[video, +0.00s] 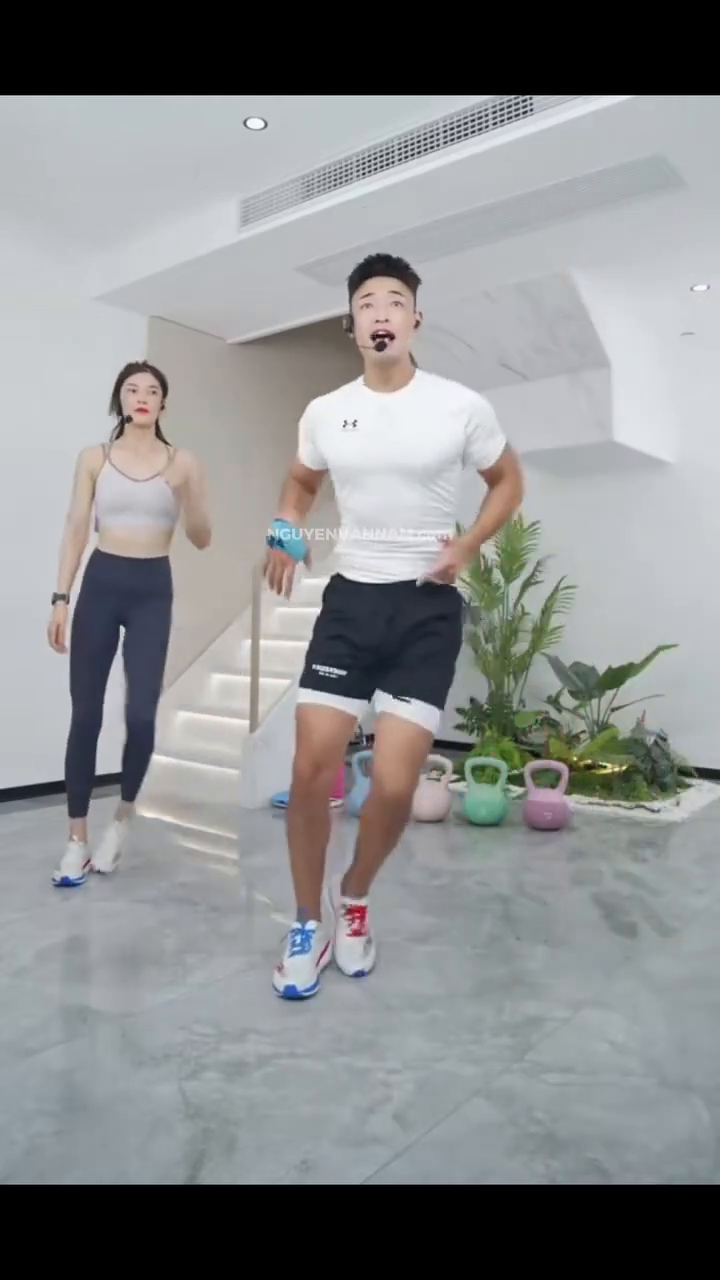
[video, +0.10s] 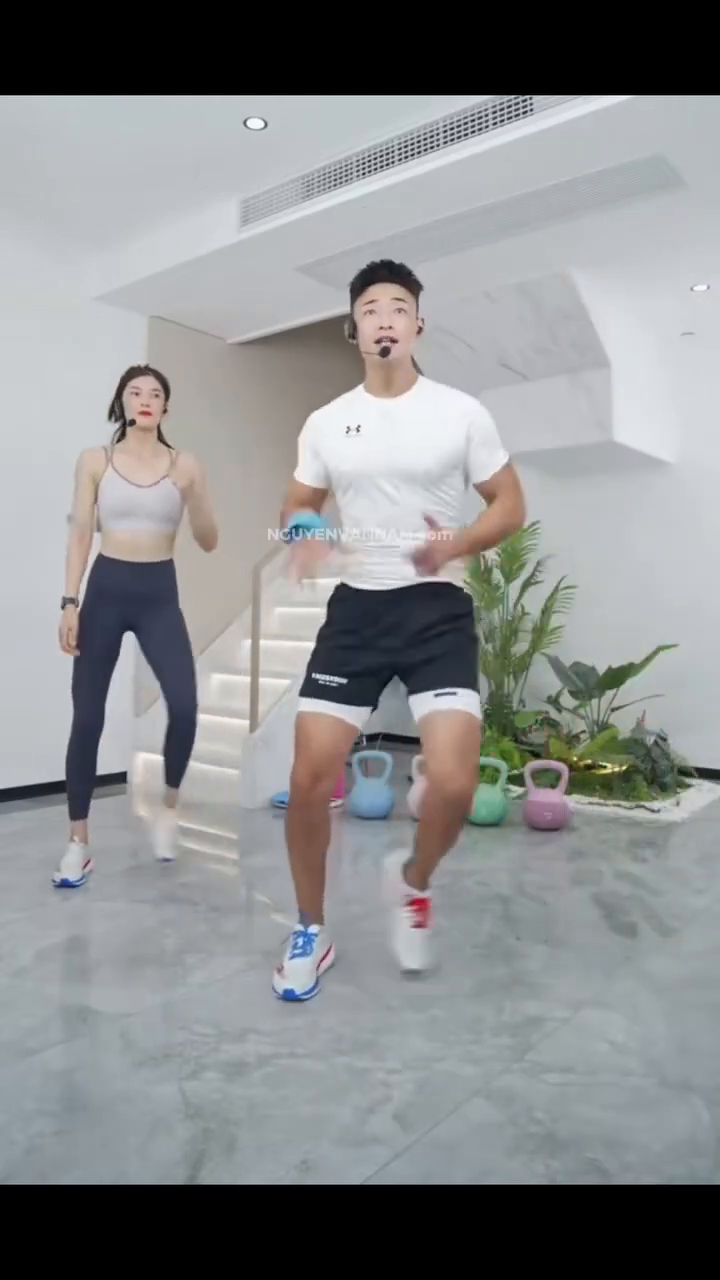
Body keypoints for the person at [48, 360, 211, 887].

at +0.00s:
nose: (142, 397)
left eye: (151, 391)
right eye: (133, 390)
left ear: (163, 402)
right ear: (119, 400)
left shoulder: (182, 462)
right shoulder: (95, 457)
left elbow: (201, 539)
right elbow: (77, 529)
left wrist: (189, 490)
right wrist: (62, 599)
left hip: (152, 589)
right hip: (98, 585)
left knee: (140, 716)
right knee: (86, 715)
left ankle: (122, 819)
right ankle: (78, 836)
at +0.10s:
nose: (146, 400)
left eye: (155, 394)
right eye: (137, 392)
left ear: (166, 406)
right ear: (121, 402)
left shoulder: (184, 464)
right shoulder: (96, 460)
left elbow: (208, 541)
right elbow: (81, 533)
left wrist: (194, 491)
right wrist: (71, 603)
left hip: (159, 595)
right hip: (104, 593)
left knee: (185, 708)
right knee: (87, 718)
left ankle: (168, 812)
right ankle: (78, 838)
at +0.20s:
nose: (156, 396)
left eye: (165, 390)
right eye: (146, 389)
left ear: (175, 403)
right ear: (131, 400)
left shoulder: (195, 462)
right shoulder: (108, 458)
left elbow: (212, 538)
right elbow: (93, 533)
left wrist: (201, 487)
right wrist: (86, 601)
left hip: (171, 594)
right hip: (115, 592)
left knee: (213, 708)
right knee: (96, 718)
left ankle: (227, 815)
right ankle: (79, 839)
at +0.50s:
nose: (201, 406)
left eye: (210, 399)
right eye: (192, 400)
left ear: (223, 410)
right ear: (180, 411)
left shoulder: (247, 463)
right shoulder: (165, 473)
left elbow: (282, 524)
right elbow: (154, 550)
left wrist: (239, 497)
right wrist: (142, 617)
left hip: (245, 598)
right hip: (191, 600)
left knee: (257, 716)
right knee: (147, 712)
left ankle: (272, 830)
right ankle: (103, 825)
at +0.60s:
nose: (213, 404)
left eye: (222, 398)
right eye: (204, 398)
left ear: (236, 409)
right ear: (192, 410)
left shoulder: (260, 461)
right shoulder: (179, 471)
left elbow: (292, 524)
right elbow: (173, 549)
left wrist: (250, 499)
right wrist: (163, 616)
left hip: (256, 593)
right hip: (204, 594)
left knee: (262, 713)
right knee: (181, 707)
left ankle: (272, 828)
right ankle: (161, 798)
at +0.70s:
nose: (220, 400)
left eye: (229, 393)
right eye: (212, 394)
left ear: (244, 405)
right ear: (200, 406)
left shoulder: (268, 458)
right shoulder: (187, 464)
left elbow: (295, 525)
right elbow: (185, 539)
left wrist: (257, 502)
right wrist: (181, 604)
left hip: (258, 586)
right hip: (207, 588)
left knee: (262, 713)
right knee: (220, 713)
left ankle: (272, 827)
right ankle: (223, 812)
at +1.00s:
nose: (226, 404)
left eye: (235, 397)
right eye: (218, 397)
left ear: (249, 407)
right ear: (205, 405)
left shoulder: (269, 462)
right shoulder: (187, 465)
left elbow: (292, 532)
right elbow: (183, 540)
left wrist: (268, 569)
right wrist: (171, 603)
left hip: (254, 593)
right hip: (202, 593)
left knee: (263, 715)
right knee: (157, 709)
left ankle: (272, 829)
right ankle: (158, 814)